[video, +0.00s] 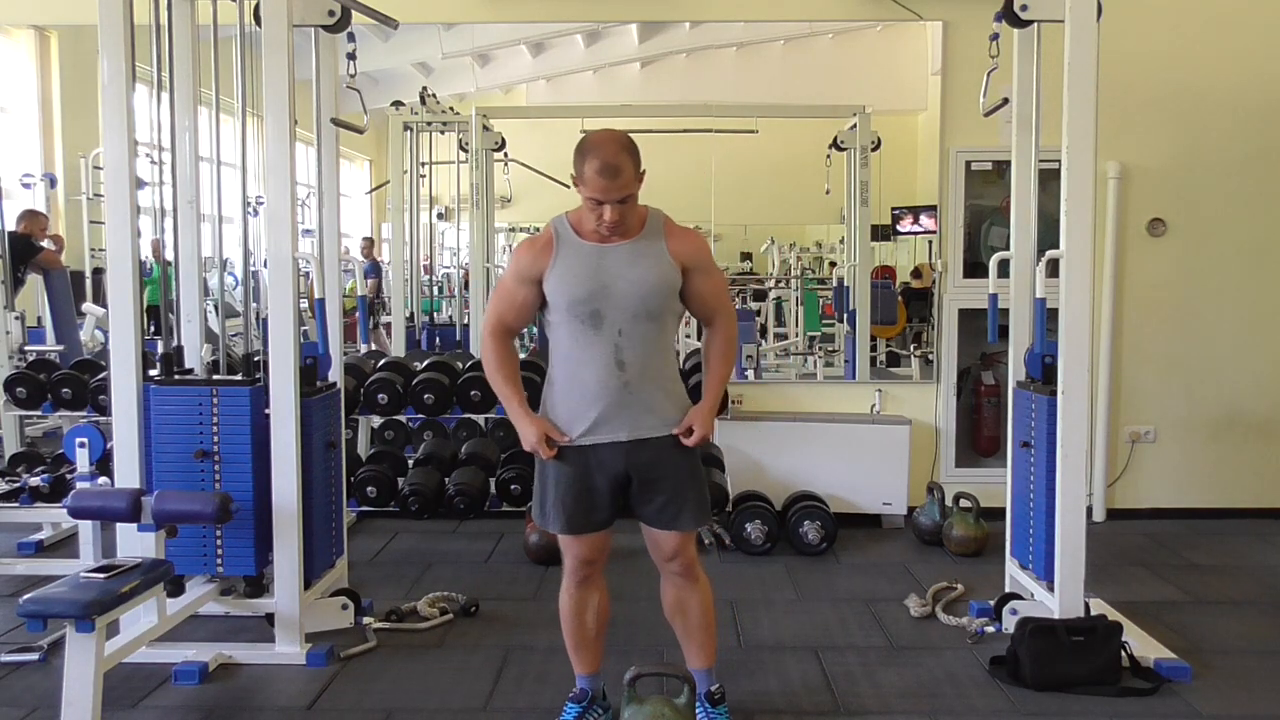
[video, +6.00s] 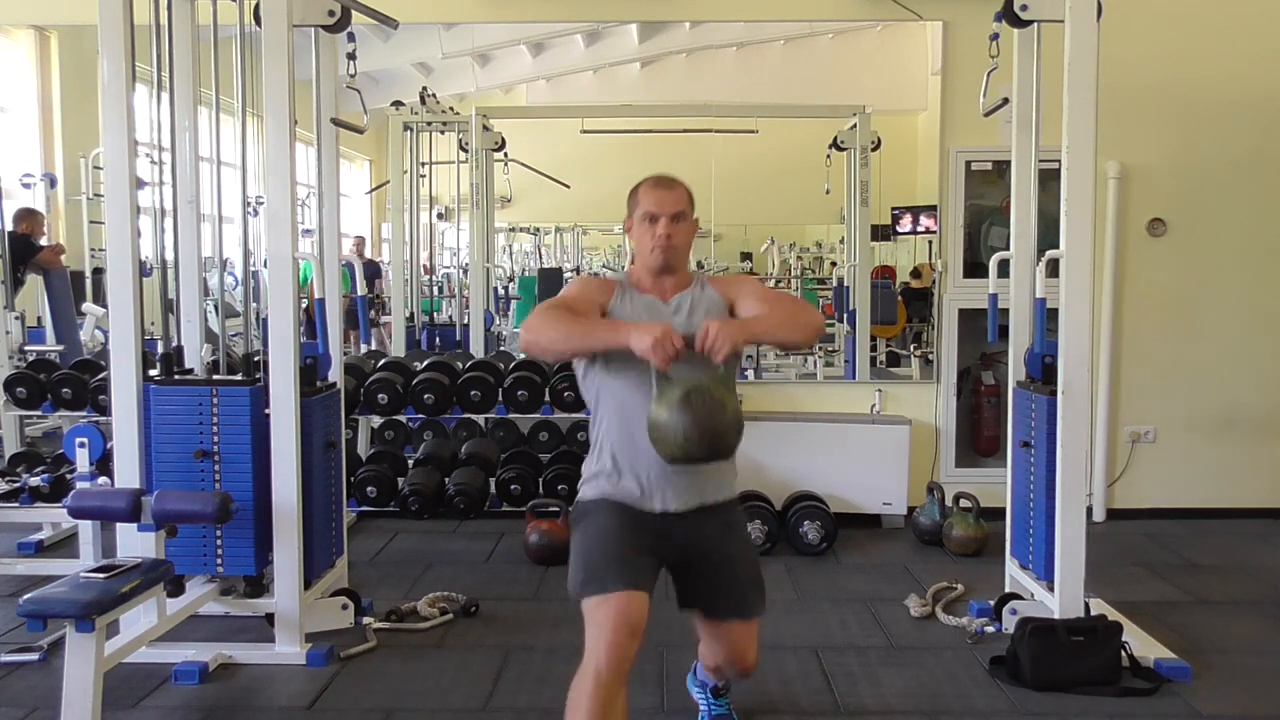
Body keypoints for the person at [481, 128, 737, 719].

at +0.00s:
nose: (609, 213)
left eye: (621, 200)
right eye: (596, 201)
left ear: (641, 180)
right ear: (574, 184)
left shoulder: (681, 246)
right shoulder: (540, 254)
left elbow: (720, 317)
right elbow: (495, 333)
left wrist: (710, 401)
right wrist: (521, 415)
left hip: (663, 439)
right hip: (574, 445)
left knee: (679, 561)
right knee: (580, 569)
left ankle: (708, 692)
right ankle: (587, 694)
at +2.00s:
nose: (689, 454)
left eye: (701, 445)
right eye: (678, 445)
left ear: (725, 399)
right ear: (650, 413)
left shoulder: (753, 372)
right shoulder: (615, 437)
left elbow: (759, 411)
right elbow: (608, 551)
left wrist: (716, 463)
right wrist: (630, 643)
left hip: (710, 459)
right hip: (617, 461)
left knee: (716, 563)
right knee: (597, 569)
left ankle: (719, 697)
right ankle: (591, 695)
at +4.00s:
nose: (669, 168)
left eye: (682, 158)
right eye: (658, 158)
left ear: (701, 169)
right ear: (641, 169)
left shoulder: (737, 251)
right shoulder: (601, 255)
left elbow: (756, 338)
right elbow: (576, 341)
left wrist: (712, 405)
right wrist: (626, 404)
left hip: (707, 430)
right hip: (617, 427)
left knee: (706, 552)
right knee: (607, 553)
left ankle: (710, 686)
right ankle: (596, 686)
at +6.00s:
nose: (665, 230)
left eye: (678, 219)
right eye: (651, 219)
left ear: (694, 228)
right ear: (630, 229)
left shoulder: (729, 292)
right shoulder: (598, 292)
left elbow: (809, 322)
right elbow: (535, 333)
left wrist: (746, 328)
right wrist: (630, 333)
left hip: (710, 501)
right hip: (617, 499)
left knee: (737, 657)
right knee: (612, 647)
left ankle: (707, 682)